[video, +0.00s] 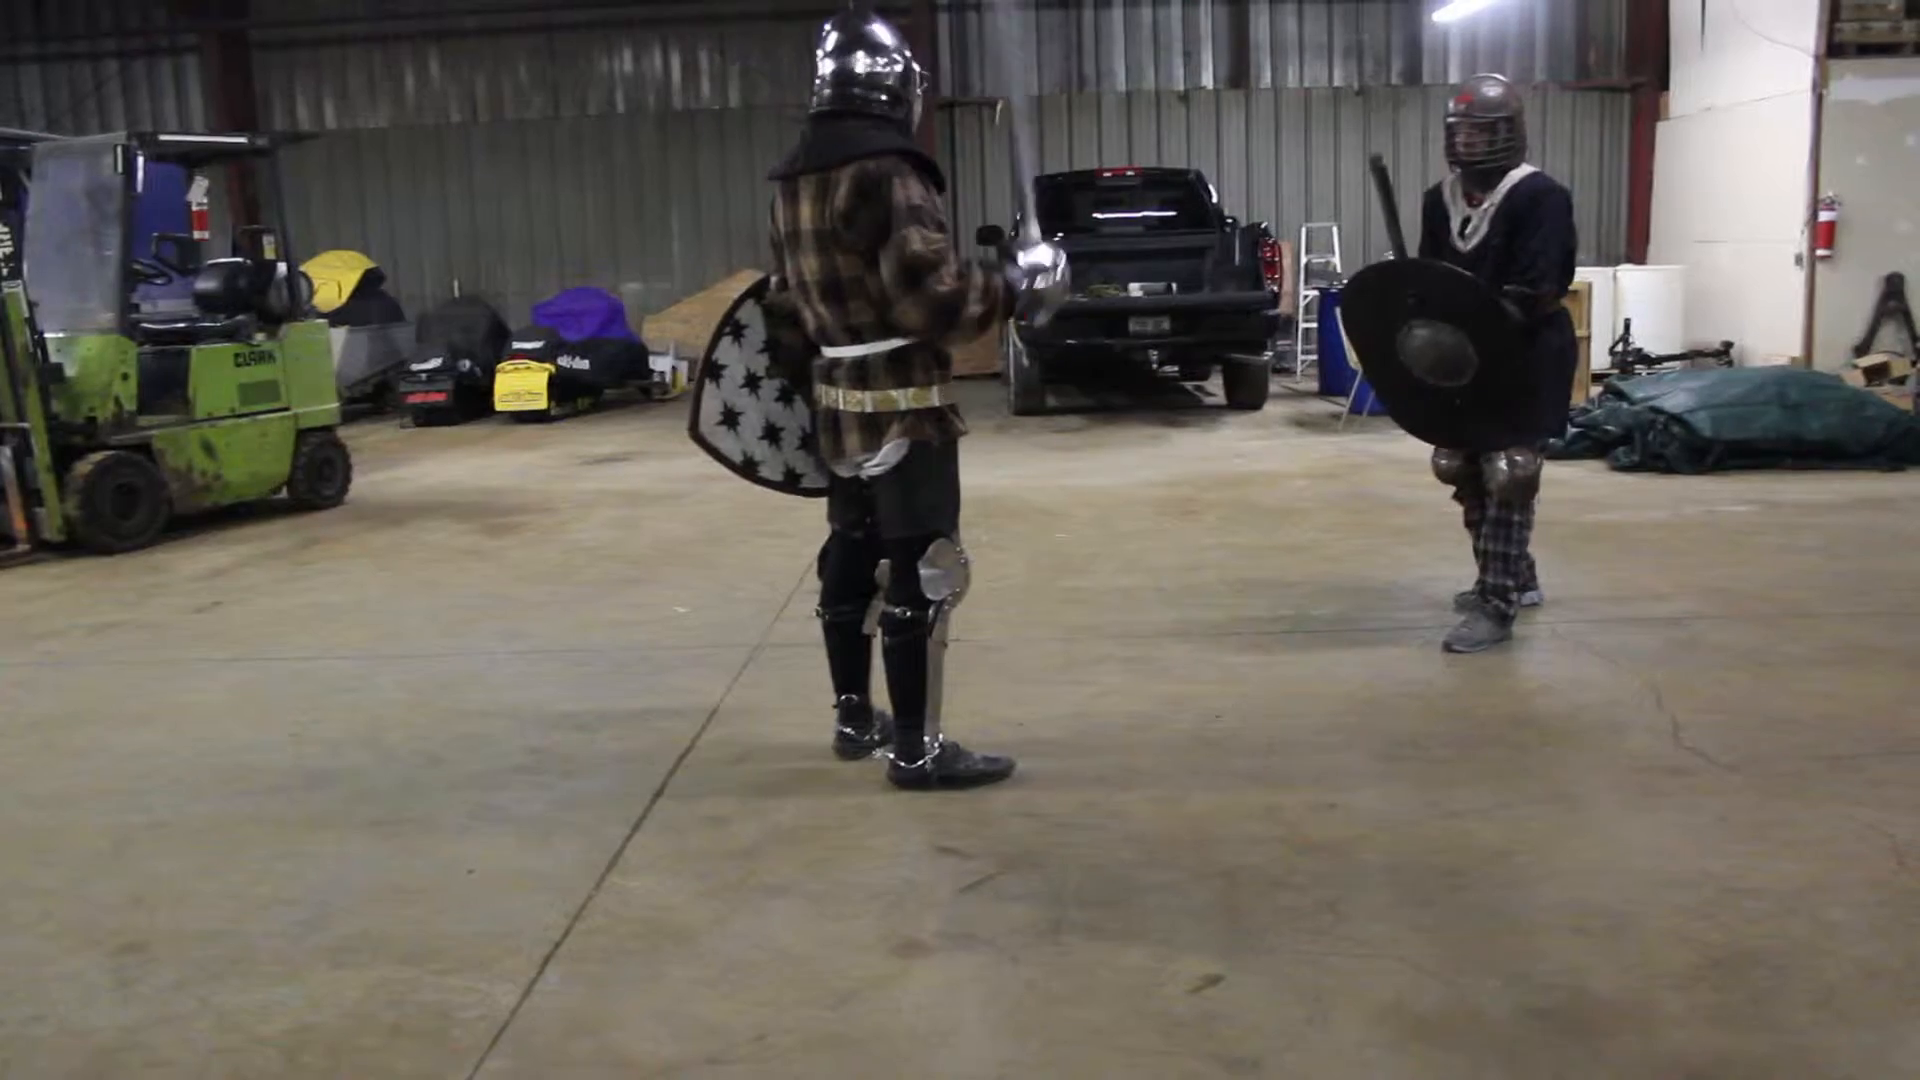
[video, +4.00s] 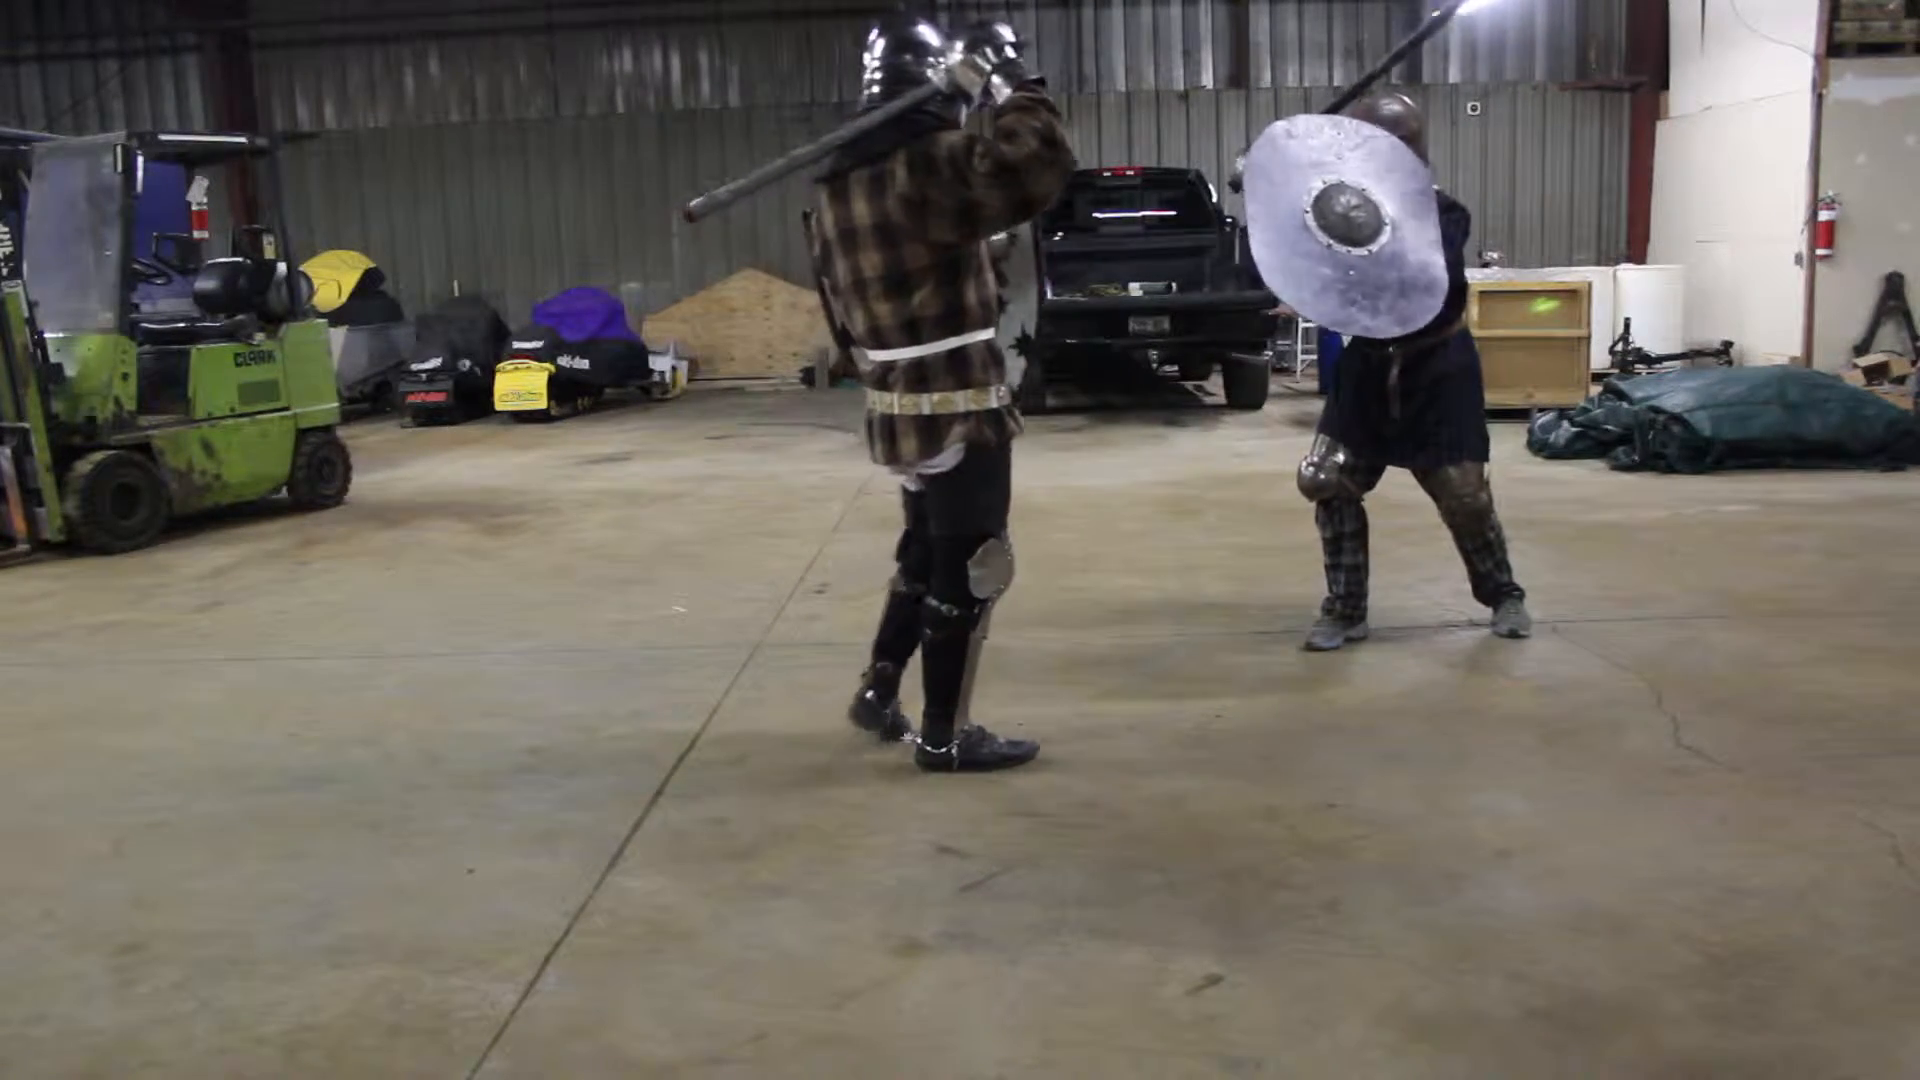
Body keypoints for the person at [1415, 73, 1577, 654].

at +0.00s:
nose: (1468, 139)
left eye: (1482, 128)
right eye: (1460, 128)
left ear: (1511, 133)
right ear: (1449, 133)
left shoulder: (1541, 197)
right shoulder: (1439, 201)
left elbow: (1543, 286)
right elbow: (1431, 281)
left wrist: (1479, 323)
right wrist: (1423, 337)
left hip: (1529, 362)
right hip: (1465, 363)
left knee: (1510, 469)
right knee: (1457, 464)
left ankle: (1495, 603)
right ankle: (1515, 575)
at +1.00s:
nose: (1448, 124)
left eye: (1463, 113)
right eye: (1439, 113)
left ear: (1490, 119)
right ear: (1428, 118)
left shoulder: (1520, 187)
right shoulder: (1417, 188)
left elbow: (1526, 279)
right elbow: (1403, 272)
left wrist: (1467, 320)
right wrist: (1400, 330)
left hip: (1503, 363)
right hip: (1429, 359)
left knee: (1493, 475)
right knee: (1398, 459)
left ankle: (1491, 608)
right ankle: (1393, 593)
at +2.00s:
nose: (1391, 151)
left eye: (1404, 135)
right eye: (1379, 140)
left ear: (1425, 141)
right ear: (1363, 153)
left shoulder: (1459, 196)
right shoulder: (1351, 207)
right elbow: (1290, 247)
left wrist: (1419, 143)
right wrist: (1277, 188)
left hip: (1461, 338)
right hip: (1388, 343)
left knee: (1470, 475)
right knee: (1365, 469)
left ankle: (1500, 593)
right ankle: (1365, 600)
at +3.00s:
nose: (1425, 144)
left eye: (1437, 132)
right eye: (1414, 133)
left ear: (1458, 136)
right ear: (1401, 137)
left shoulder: (1488, 204)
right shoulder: (1391, 200)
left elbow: (1465, 280)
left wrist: (1417, 217)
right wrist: (1312, 180)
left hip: (1479, 350)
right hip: (1410, 349)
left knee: (1480, 487)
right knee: (1368, 476)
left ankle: (1504, 598)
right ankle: (1347, 607)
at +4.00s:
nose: (1374, 156)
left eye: (1387, 143)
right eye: (1363, 143)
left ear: (1413, 148)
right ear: (1353, 147)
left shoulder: (1443, 215)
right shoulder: (1347, 209)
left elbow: (1438, 305)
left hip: (1438, 357)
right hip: (1365, 358)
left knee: (1461, 489)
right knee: (1330, 479)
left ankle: (1504, 597)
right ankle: (1344, 610)